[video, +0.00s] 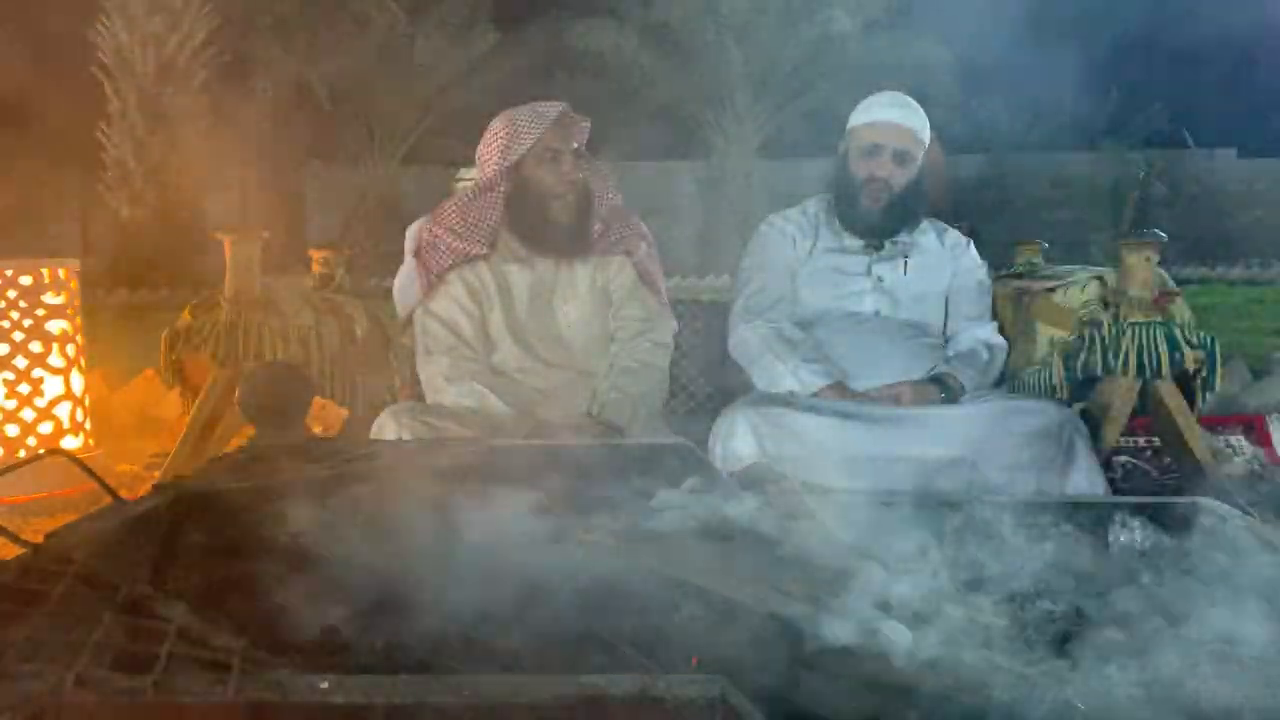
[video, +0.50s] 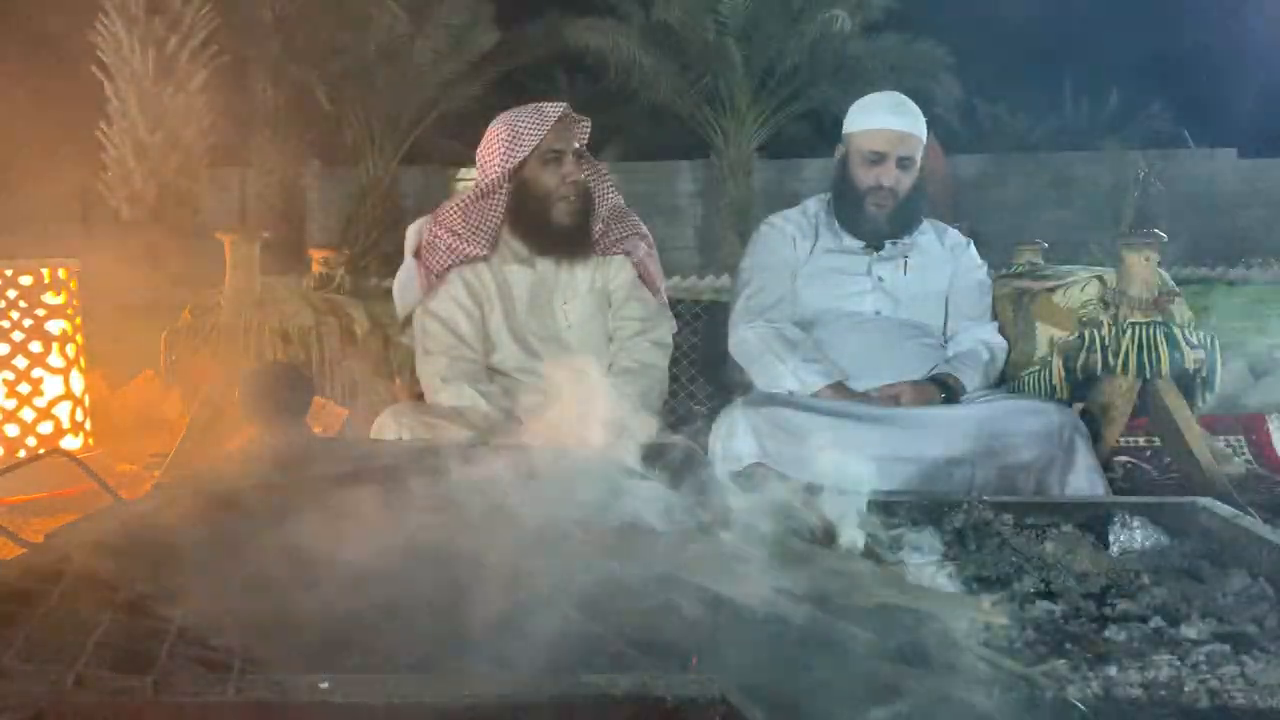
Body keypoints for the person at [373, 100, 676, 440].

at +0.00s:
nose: (574, 174)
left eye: (577, 158)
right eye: (551, 159)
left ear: (588, 166)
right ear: (509, 175)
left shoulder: (616, 263)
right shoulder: (461, 269)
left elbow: (644, 350)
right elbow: (448, 379)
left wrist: (607, 428)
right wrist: (525, 434)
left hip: (596, 435)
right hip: (497, 437)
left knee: (670, 453)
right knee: (397, 426)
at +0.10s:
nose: (574, 177)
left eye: (578, 160)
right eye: (552, 160)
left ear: (589, 169)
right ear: (508, 175)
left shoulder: (616, 268)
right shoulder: (460, 276)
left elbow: (644, 357)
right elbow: (447, 383)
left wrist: (604, 429)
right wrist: (524, 436)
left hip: (596, 440)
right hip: (496, 441)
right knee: (395, 426)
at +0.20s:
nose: (575, 176)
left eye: (578, 159)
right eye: (552, 160)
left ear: (587, 167)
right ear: (507, 174)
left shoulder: (614, 262)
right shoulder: (459, 266)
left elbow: (645, 351)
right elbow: (447, 378)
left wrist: (604, 427)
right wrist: (531, 431)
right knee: (397, 426)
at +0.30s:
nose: (575, 175)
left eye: (578, 158)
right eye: (552, 160)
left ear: (587, 165)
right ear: (509, 176)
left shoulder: (614, 257)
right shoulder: (460, 266)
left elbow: (645, 351)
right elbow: (447, 376)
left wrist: (600, 427)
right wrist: (516, 436)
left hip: (602, 437)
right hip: (499, 438)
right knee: (397, 426)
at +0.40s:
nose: (576, 175)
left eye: (579, 159)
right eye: (552, 161)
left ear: (589, 167)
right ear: (507, 178)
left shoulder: (614, 262)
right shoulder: (460, 269)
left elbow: (644, 357)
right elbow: (447, 378)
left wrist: (599, 426)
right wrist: (513, 437)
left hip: (590, 439)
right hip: (497, 436)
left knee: (625, 442)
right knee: (398, 425)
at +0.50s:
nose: (575, 174)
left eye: (578, 159)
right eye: (553, 161)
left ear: (589, 167)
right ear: (508, 177)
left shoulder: (615, 262)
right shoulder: (459, 268)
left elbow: (643, 362)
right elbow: (450, 382)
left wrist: (598, 434)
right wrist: (515, 440)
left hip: (596, 439)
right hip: (495, 440)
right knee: (396, 427)